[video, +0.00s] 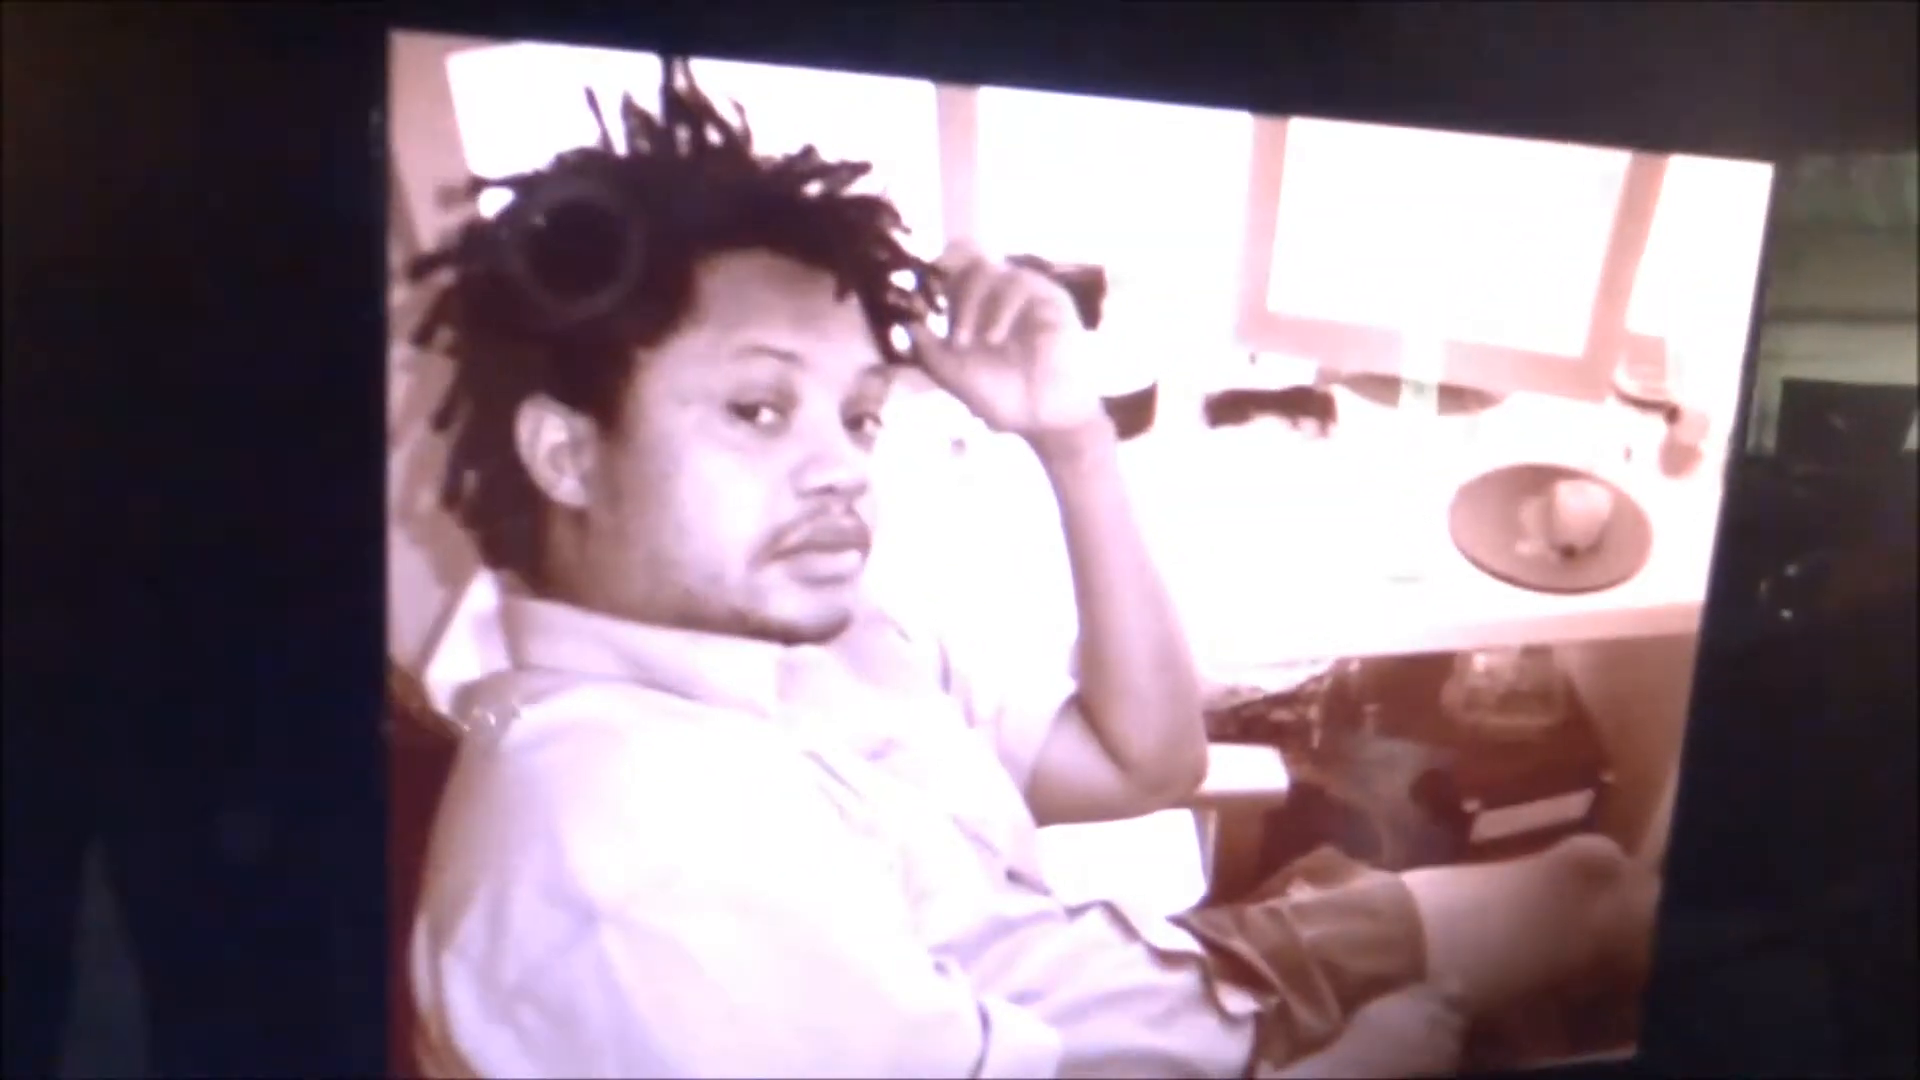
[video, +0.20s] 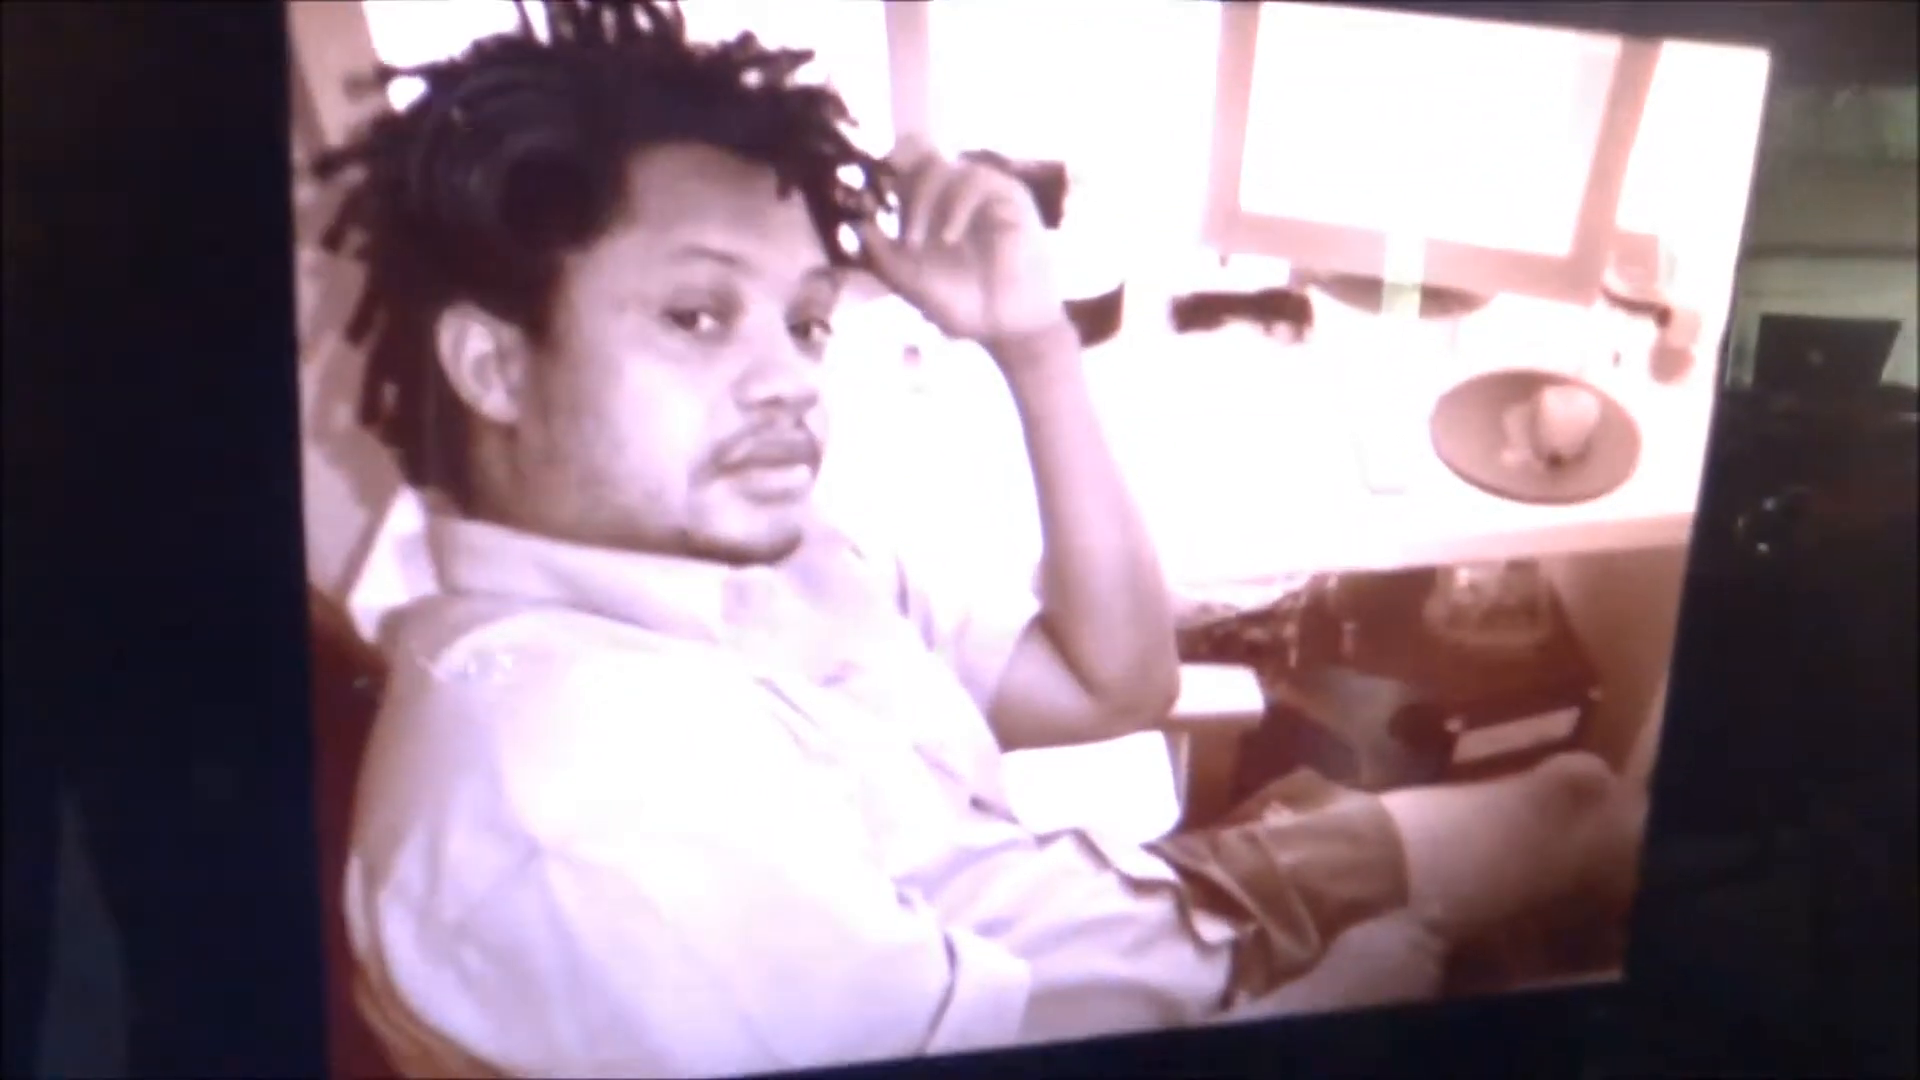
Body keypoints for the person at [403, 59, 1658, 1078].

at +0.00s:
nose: (844, 470)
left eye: (856, 415)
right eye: (756, 411)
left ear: (887, 416)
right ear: (561, 452)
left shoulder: (826, 641)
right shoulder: (600, 835)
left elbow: (1146, 763)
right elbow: (959, 1066)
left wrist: (1071, 435)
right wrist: (1344, 1041)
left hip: (1168, 971)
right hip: (1144, 1071)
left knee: (1596, 878)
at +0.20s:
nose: (790, 385)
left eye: (802, 325)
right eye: (697, 320)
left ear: (835, 328)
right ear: (490, 368)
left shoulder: (766, 567)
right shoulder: (543, 779)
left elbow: (1110, 680)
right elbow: (1000, 1030)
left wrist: (1031, 346)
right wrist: (1408, 920)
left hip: (1177, 875)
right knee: (1611, 818)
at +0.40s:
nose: (805, 289)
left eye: (813, 228)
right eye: (705, 220)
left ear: (846, 237)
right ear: (489, 263)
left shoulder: (793, 471)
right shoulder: (548, 674)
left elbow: (1133, 602)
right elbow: (1008, 971)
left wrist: (1052, 238)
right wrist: (1319, 836)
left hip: (1161, 826)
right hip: (1135, 955)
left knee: (1617, 714)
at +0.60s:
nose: (781, 320)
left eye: (794, 257)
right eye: (685, 250)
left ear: (830, 264)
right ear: (468, 298)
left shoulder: (777, 511)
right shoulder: (522, 708)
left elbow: (1116, 634)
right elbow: (1000, 1004)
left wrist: (1040, 275)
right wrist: (1371, 916)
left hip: (1170, 857)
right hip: (1133, 981)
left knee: (1593, 731)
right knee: (1618, 758)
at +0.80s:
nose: (711, 351)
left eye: (725, 288)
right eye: (610, 280)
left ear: (755, 294)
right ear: (389, 328)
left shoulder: (711, 550)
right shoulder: (441, 744)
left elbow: (1049, 654)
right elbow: (912, 1019)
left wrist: (966, 303)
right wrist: (1323, 934)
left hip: (1155, 909)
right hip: (1098, 1027)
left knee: (1548, 771)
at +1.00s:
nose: (764, 353)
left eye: (776, 294)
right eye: (665, 286)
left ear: (807, 302)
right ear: (451, 335)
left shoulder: (767, 556)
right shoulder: (500, 741)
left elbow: (1099, 658)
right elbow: (959, 1022)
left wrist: (1016, 306)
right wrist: (1356, 936)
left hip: (1200, 895)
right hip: (1157, 1018)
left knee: (1591, 765)